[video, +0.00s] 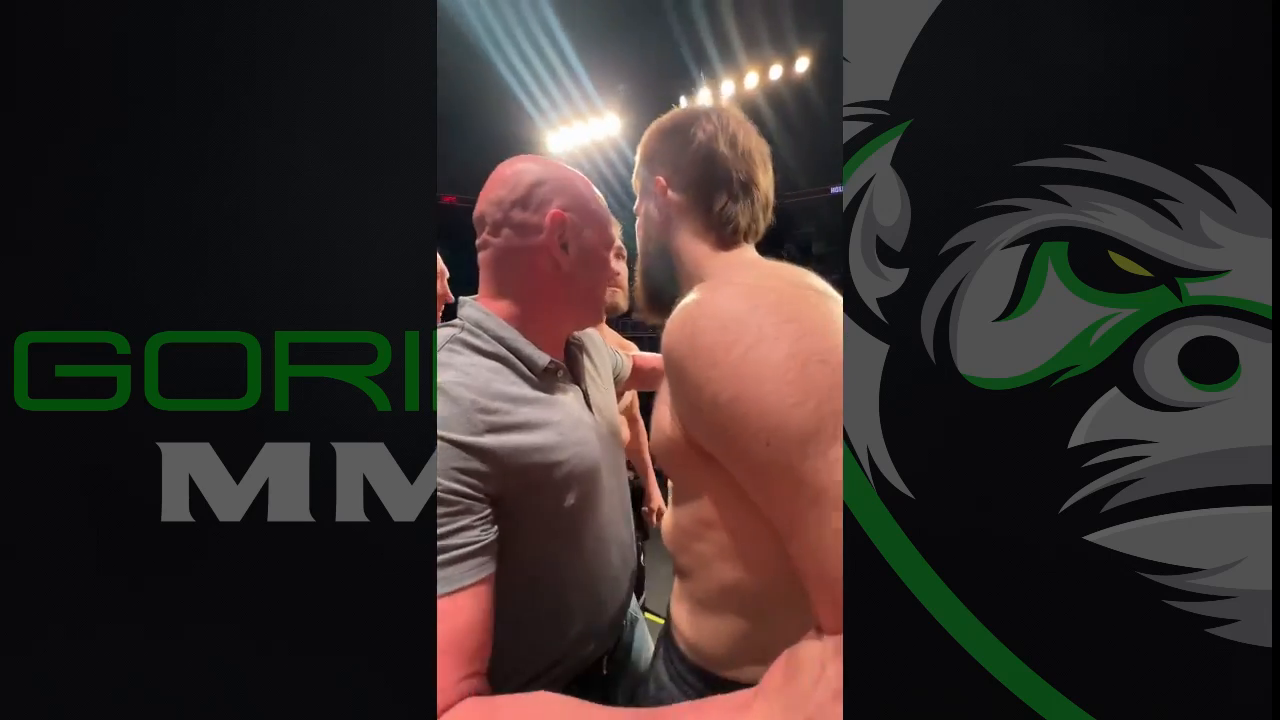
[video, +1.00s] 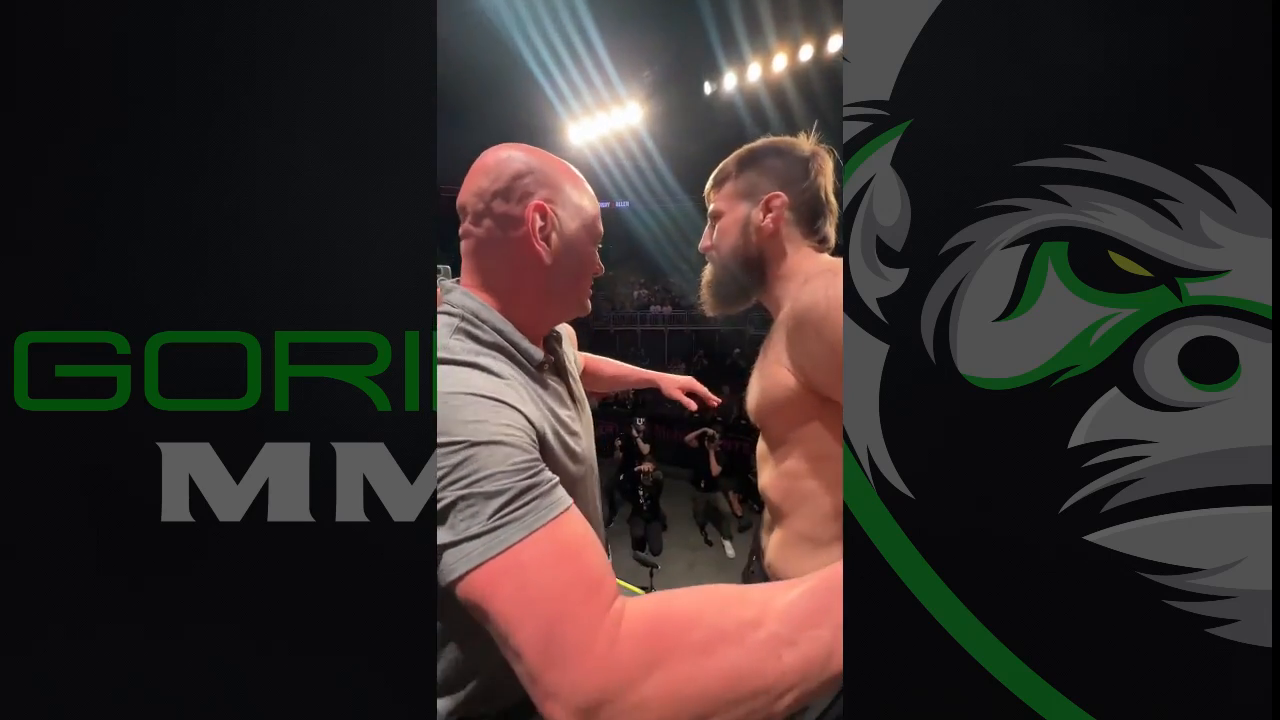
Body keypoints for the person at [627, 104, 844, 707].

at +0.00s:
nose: (635, 214)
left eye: (636, 195)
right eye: (634, 195)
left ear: (662, 198)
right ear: (745, 196)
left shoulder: (709, 322)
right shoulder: (812, 291)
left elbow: (831, 539)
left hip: (716, 685)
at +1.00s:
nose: (599, 265)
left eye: (597, 242)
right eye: (592, 238)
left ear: (539, 229)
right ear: (541, 228)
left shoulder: (520, 335)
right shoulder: (459, 407)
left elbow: (571, 366)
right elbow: (594, 672)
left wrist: (658, 380)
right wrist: (860, 586)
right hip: (493, 698)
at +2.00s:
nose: (650, 277)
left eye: (648, 261)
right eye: (641, 257)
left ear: (592, 257)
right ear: (595, 254)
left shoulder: (545, 333)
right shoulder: (549, 344)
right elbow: (538, 590)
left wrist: (614, 412)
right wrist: (818, 680)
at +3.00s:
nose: (651, 271)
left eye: (647, 256)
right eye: (638, 254)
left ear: (588, 259)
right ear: (589, 256)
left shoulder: (557, 324)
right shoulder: (560, 336)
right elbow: (641, 503)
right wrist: (844, 543)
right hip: (559, 586)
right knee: (566, 710)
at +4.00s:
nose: (596, 272)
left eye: (595, 261)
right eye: (585, 260)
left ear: (539, 262)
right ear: (542, 260)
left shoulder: (507, 318)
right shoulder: (539, 333)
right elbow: (631, 437)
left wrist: (625, 438)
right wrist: (752, 445)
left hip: (505, 529)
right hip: (534, 539)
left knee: (504, 649)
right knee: (572, 692)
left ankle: (503, 712)